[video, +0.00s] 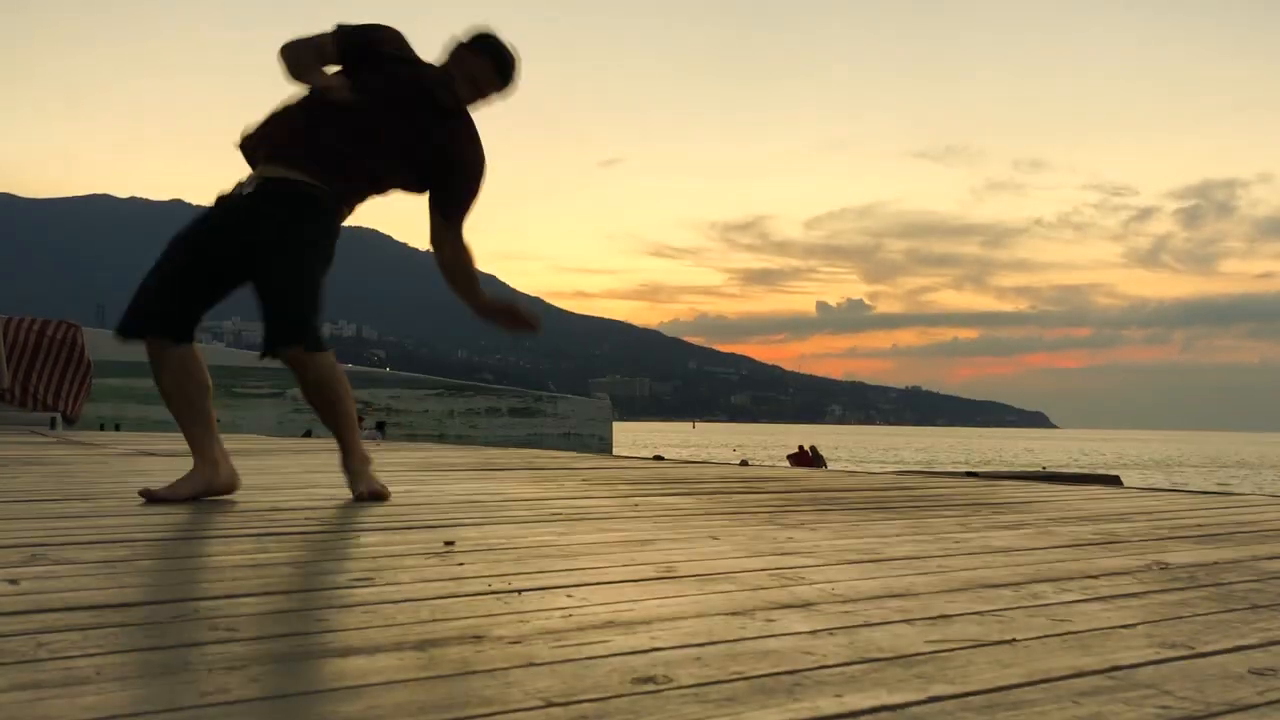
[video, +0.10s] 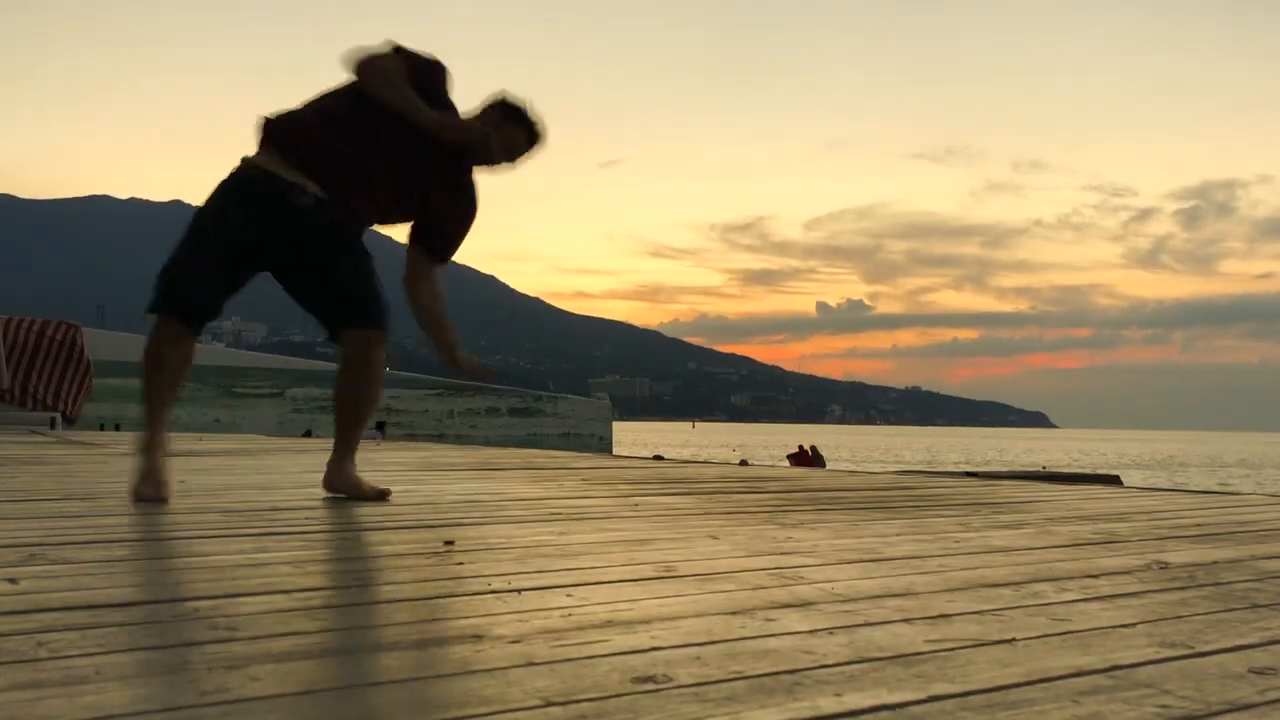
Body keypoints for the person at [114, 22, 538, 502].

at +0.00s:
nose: (469, 87)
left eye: (482, 87)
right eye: (469, 72)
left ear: (488, 95)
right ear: (453, 54)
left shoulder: (460, 149)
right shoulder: (384, 48)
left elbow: (448, 239)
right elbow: (295, 52)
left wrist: (481, 303)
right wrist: (321, 77)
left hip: (309, 214)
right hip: (250, 198)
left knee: (297, 342)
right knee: (161, 321)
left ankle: (357, 464)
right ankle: (211, 464)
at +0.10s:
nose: (497, 150)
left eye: (509, 153)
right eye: (501, 137)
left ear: (507, 159)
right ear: (485, 113)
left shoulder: (454, 197)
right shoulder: (428, 81)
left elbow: (421, 278)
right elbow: (371, 67)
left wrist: (454, 355)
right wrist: (433, 120)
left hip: (326, 230)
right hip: (256, 192)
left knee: (366, 337)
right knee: (176, 320)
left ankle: (341, 468)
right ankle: (152, 455)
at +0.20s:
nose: (497, 209)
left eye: (502, 210)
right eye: (501, 197)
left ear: (486, 210)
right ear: (491, 166)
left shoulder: (434, 231)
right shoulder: (466, 140)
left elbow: (386, 302)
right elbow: (463, 149)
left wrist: (384, 393)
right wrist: (523, 214)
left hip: (325, 232)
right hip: (285, 182)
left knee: (400, 336)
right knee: (215, 296)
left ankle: (342, 470)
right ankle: (87, 367)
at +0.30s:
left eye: (454, 271)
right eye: (472, 264)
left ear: (450, 249)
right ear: (482, 236)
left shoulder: (405, 253)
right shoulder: (484, 217)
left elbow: (371, 339)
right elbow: (504, 289)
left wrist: (337, 432)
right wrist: (519, 342)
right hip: (320, 177)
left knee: (388, 338)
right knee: (224, 247)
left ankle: (340, 464)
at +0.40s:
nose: (474, 319)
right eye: (481, 312)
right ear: (475, 290)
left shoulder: (388, 292)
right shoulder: (471, 274)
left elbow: (357, 354)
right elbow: (481, 348)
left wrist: (331, 440)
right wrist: (476, 425)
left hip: (315, 207)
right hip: (360, 171)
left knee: (329, 329)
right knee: (239, 123)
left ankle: (333, 459)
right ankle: (127, 52)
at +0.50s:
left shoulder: (360, 313)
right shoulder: (454, 309)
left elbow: (324, 391)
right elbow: (454, 385)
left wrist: (332, 470)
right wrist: (440, 458)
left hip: (324, 213)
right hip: (379, 180)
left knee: (309, 314)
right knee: (315, 58)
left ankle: (214, 382)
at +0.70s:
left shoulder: (314, 351)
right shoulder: (410, 365)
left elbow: (291, 405)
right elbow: (426, 410)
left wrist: (327, 469)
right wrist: (429, 472)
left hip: (359, 243)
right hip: (434, 261)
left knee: (255, 238)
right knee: (490, 156)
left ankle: (206, 101)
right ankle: (517, 79)